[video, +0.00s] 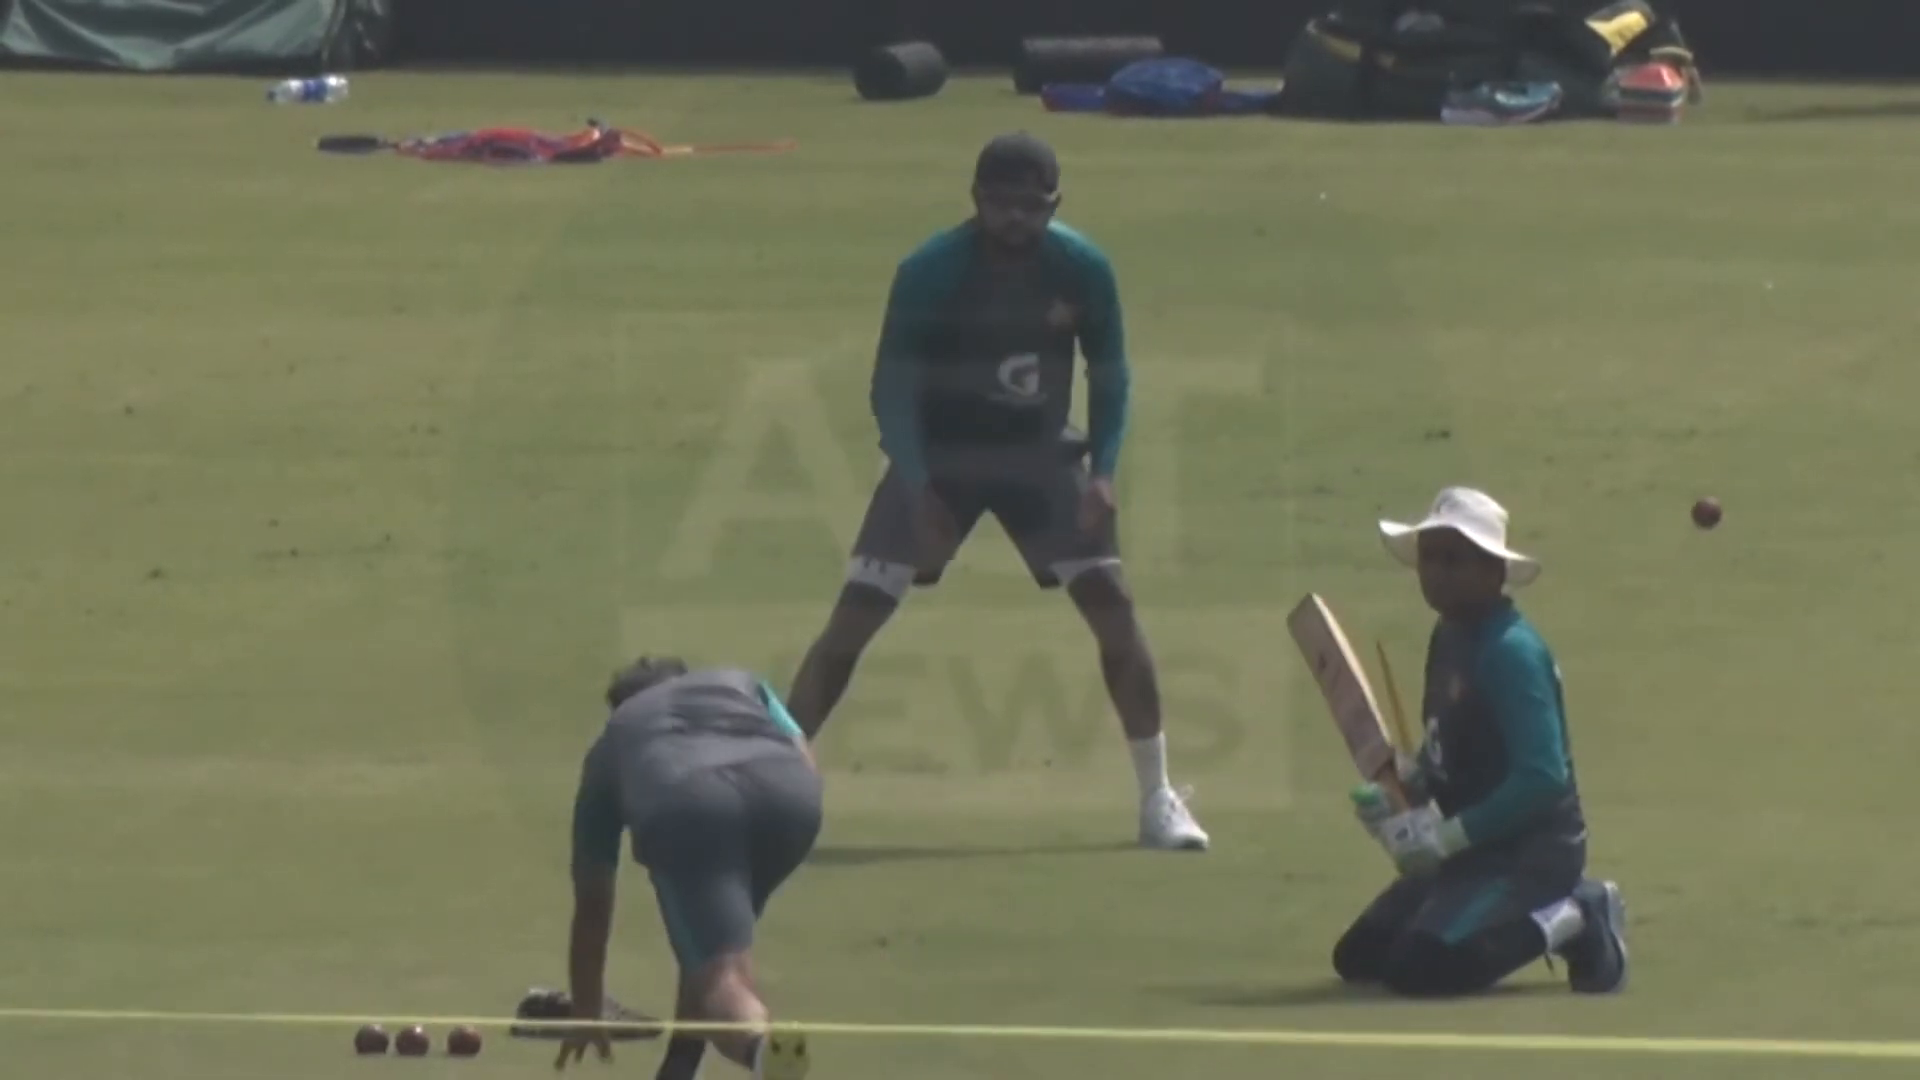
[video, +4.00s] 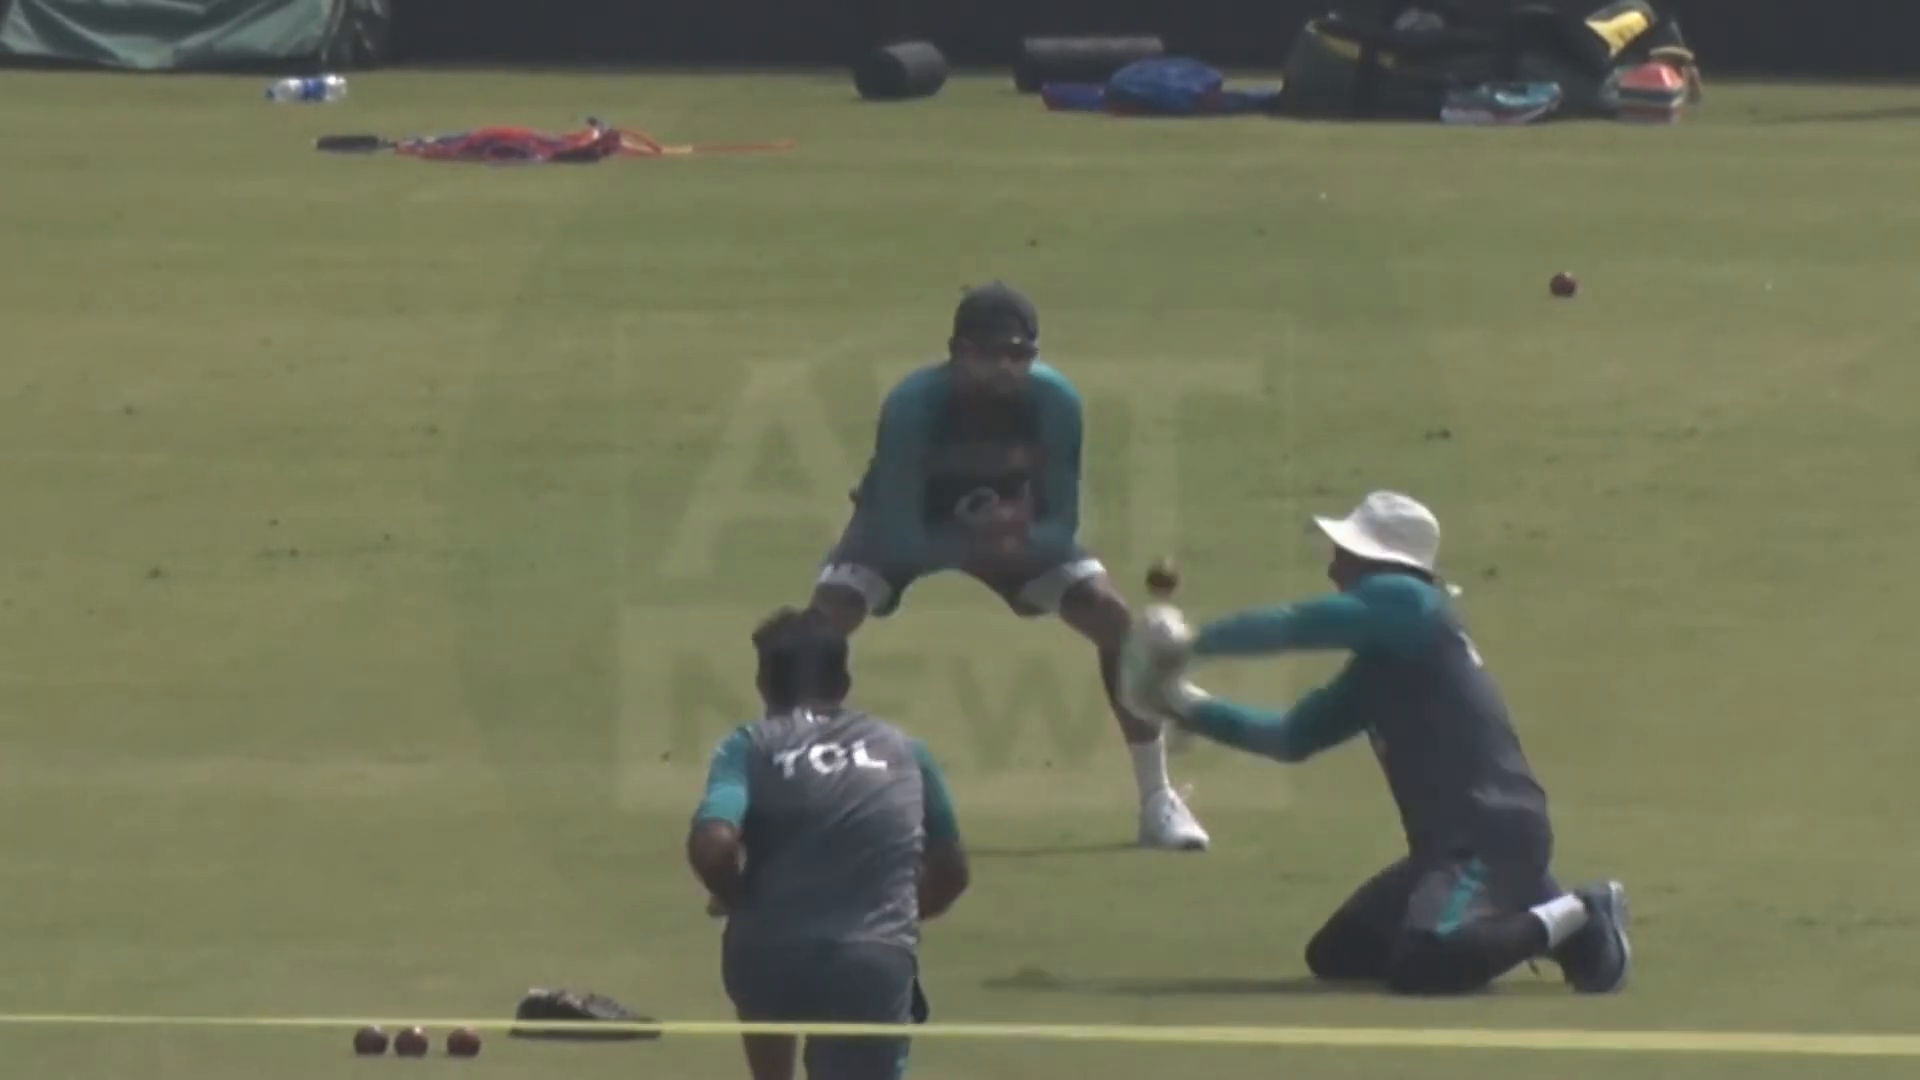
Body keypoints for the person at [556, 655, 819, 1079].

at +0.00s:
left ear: (623, 703)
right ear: (684, 678)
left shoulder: (611, 742)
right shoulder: (745, 683)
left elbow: (593, 905)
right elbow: (807, 766)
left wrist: (586, 1015)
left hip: (687, 807)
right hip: (790, 793)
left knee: (720, 980)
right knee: (707, 943)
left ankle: (767, 1048)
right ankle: (678, 1067)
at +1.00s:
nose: (766, 399)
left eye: (762, 386)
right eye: (820, 402)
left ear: (757, 388)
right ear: (832, 404)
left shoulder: (687, 463)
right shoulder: (836, 500)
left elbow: (649, 587)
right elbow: (863, 644)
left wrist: (704, 656)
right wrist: (895, 760)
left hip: (706, 734)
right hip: (810, 741)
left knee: (720, 883)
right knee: (828, 907)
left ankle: (707, 1014)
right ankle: (795, 1066)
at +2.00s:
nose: (870, 458)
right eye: (868, 447)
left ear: (787, 450)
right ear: (864, 448)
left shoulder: (729, 507)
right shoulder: (878, 508)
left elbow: (663, 617)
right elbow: (883, 626)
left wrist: (727, 678)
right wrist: (882, 715)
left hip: (708, 720)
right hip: (802, 715)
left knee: (767, 915)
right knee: (801, 924)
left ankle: (772, 1066)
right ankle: (774, 1068)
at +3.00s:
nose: (863, 652)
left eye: (861, 638)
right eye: (861, 639)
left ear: (786, 641)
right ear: (853, 643)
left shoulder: (760, 712)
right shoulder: (850, 718)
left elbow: (850, 787)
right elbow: (894, 820)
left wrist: (967, 772)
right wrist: (1006, 879)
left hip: (735, 954)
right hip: (822, 961)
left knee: (801, 1039)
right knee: (853, 1062)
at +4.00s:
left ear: (764, 685)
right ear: (845, 684)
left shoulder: (746, 744)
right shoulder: (908, 751)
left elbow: (714, 843)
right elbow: (950, 873)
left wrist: (737, 899)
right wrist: (887, 913)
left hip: (766, 961)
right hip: (875, 964)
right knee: (864, 1067)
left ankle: (775, 1074)